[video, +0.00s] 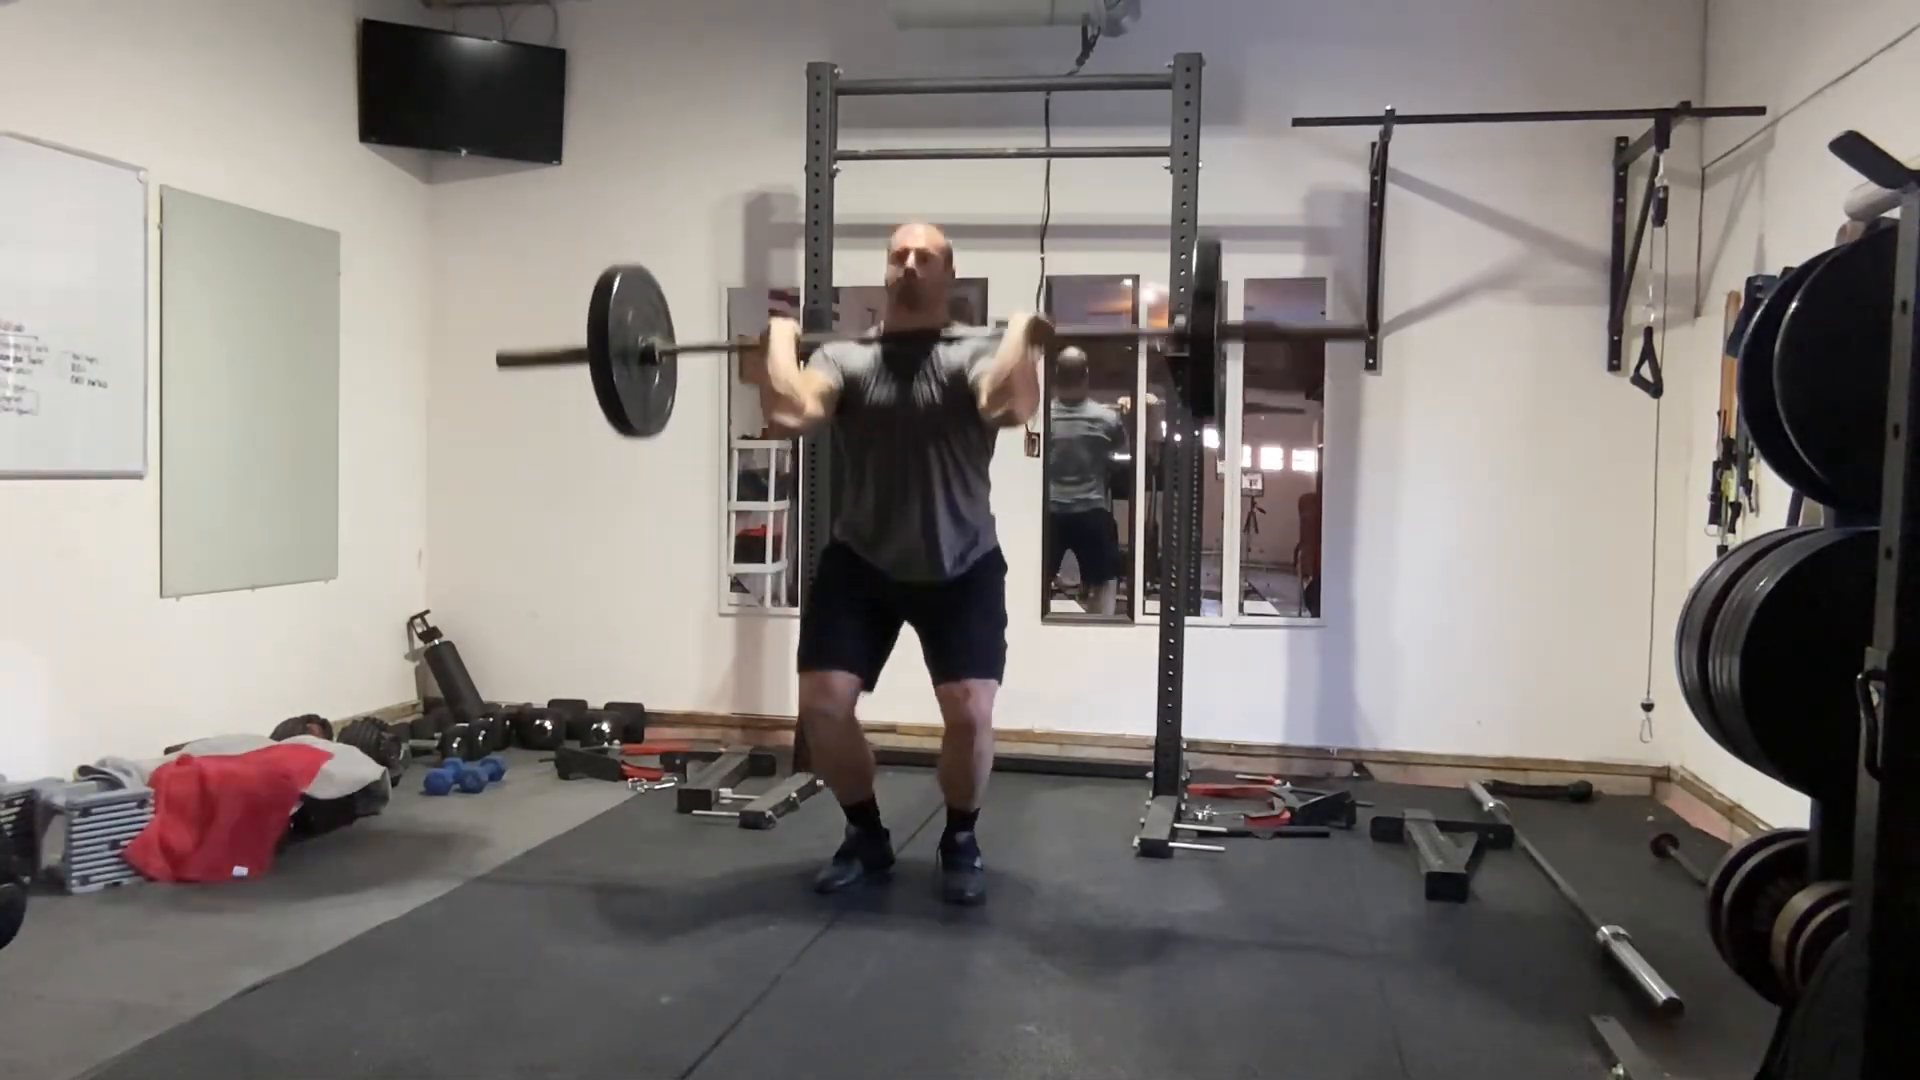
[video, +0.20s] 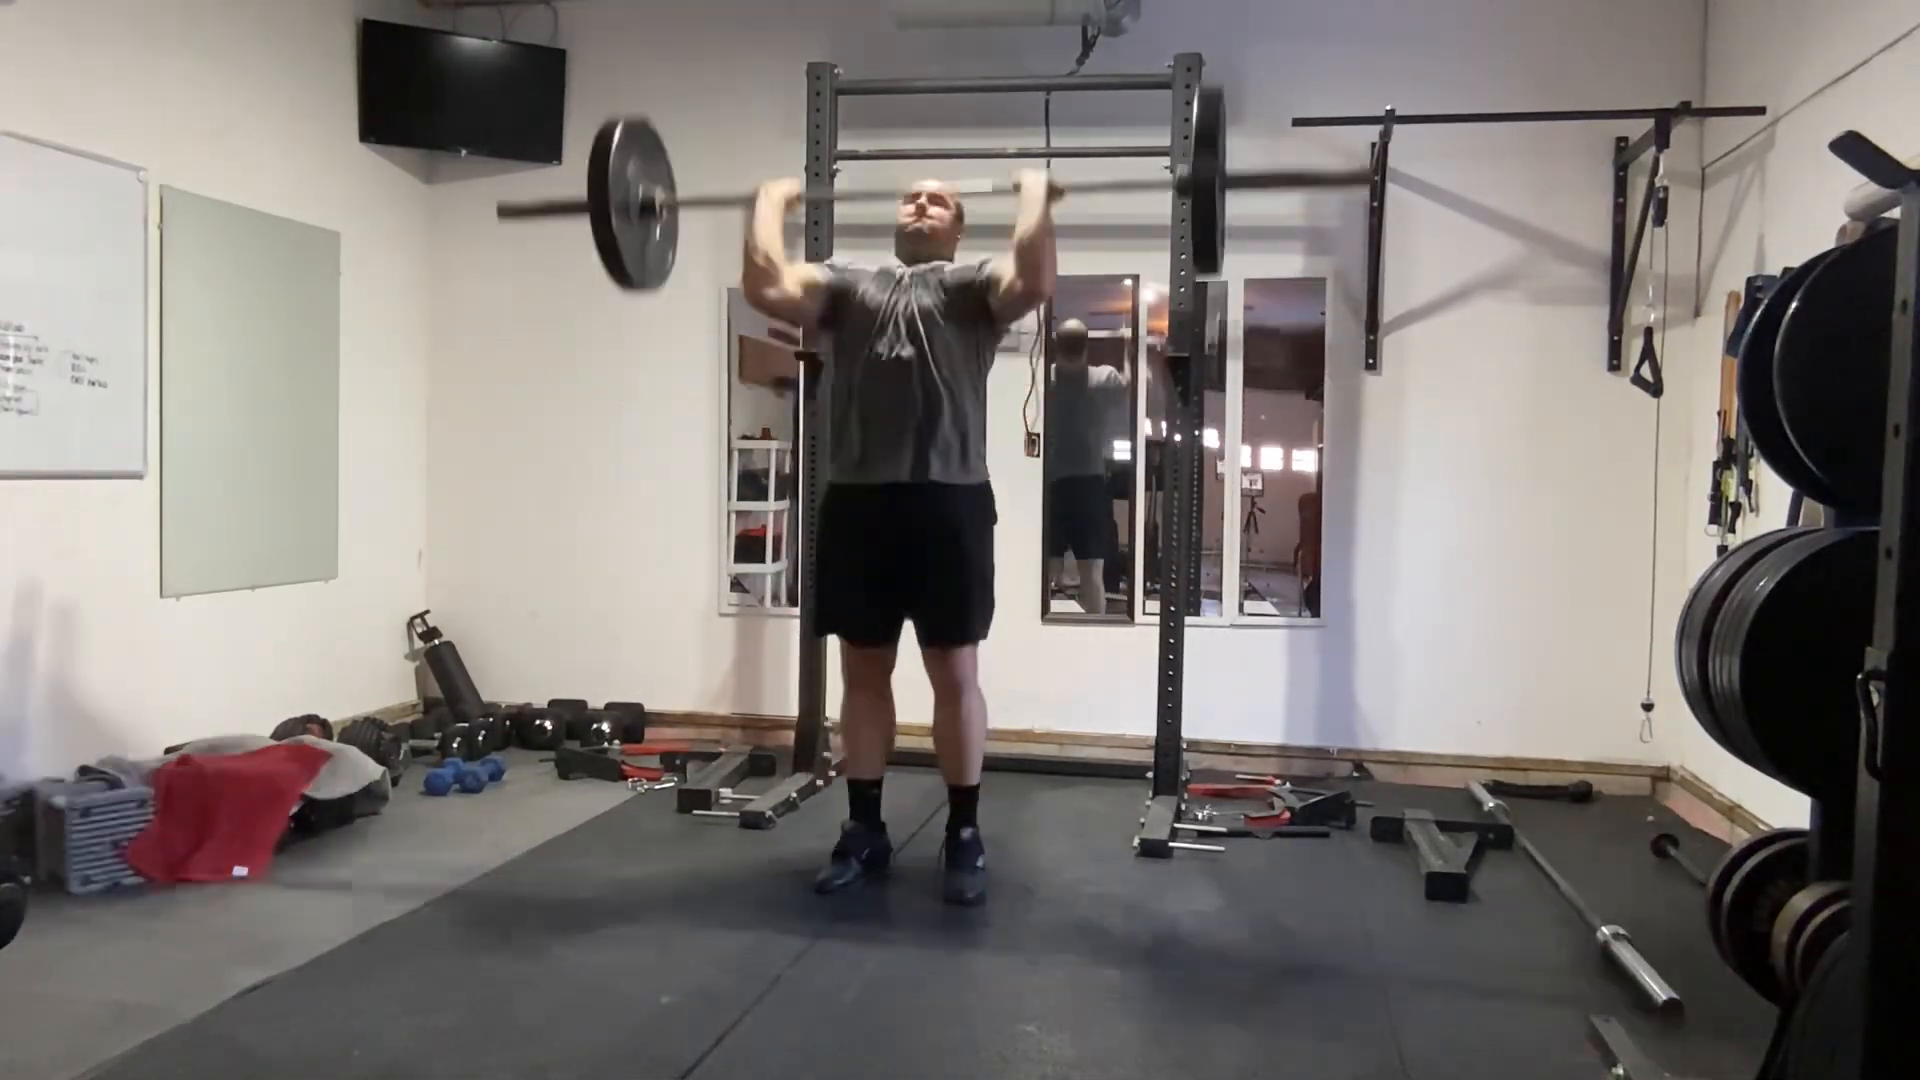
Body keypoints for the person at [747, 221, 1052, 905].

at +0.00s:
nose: (909, 267)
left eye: (925, 258)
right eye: (898, 257)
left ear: (951, 279)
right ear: (884, 276)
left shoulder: (978, 352)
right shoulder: (845, 359)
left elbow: (1014, 404)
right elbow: (793, 403)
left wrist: (1022, 332)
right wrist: (781, 333)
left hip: (958, 565)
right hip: (860, 560)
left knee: (969, 713)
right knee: (822, 702)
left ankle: (960, 843)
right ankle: (867, 840)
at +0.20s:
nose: (920, 204)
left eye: (936, 201)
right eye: (910, 199)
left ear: (960, 229)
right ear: (893, 222)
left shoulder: (971, 285)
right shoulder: (852, 284)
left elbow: (1033, 283)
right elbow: (766, 283)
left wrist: (1037, 193)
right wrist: (769, 199)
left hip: (948, 498)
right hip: (857, 497)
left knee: (953, 671)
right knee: (863, 670)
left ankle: (964, 836)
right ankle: (863, 833)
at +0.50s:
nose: (886, 218)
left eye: (902, 207)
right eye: (878, 208)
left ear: (936, 219)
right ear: (867, 219)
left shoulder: (974, 282)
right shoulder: (835, 280)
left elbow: (1036, 185)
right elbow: (772, 184)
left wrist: (1045, 83)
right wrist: (769, 83)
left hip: (948, 509)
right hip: (860, 509)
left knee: (950, 678)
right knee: (871, 677)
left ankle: (959, 839)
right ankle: (870, 839)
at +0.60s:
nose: (883, 232)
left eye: (898, 219)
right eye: (873, 219)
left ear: (932, 221)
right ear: (859, 222)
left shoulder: (971, 277)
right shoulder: (833, 277)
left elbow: (1027, 166)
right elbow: (780, 167)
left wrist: (1046, 62)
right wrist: (771, 72)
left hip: (949, 508)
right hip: (860, 509)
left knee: (951, 677)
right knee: (872, 677)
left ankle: (959, 840)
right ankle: (869, 839)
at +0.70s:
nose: (883, 233)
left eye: (897, 220)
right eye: (873, 221)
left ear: (930, 221)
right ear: (859, 223)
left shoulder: (970, 276)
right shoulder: (834, 278)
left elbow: (1024, 165)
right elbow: (782, 167)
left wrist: (1044, 61)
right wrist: (771, 71)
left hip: (950, 507)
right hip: (861, 508)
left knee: (950, 677)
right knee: (872, 676)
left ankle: (960, 840)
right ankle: (870, 838)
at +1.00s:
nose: (885, 204)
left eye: (901, 195)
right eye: (878, 196)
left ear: (936, 215)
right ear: (866, 216)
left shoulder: (973, 282)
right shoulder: (831, 283)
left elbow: (1038, 187)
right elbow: (760, 194)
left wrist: (1045, 84)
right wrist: (763, 93)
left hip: (949, 508)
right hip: (860, 509)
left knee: (950, 677)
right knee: (872, 675)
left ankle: (960, 839)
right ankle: (868, 839)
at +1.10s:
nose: (902, 207)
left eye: (918, 200)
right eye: (892, 200)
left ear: (947, 222)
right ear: (876, 220)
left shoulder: (970, 289)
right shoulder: (838, 288)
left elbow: (1037, 217)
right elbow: (751, 219)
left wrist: (1040, 115)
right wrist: (761, 123)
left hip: (946, 511)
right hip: (858, 511)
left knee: (949, 677)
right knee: (870, 675)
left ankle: (959, 841)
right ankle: (869, 838)